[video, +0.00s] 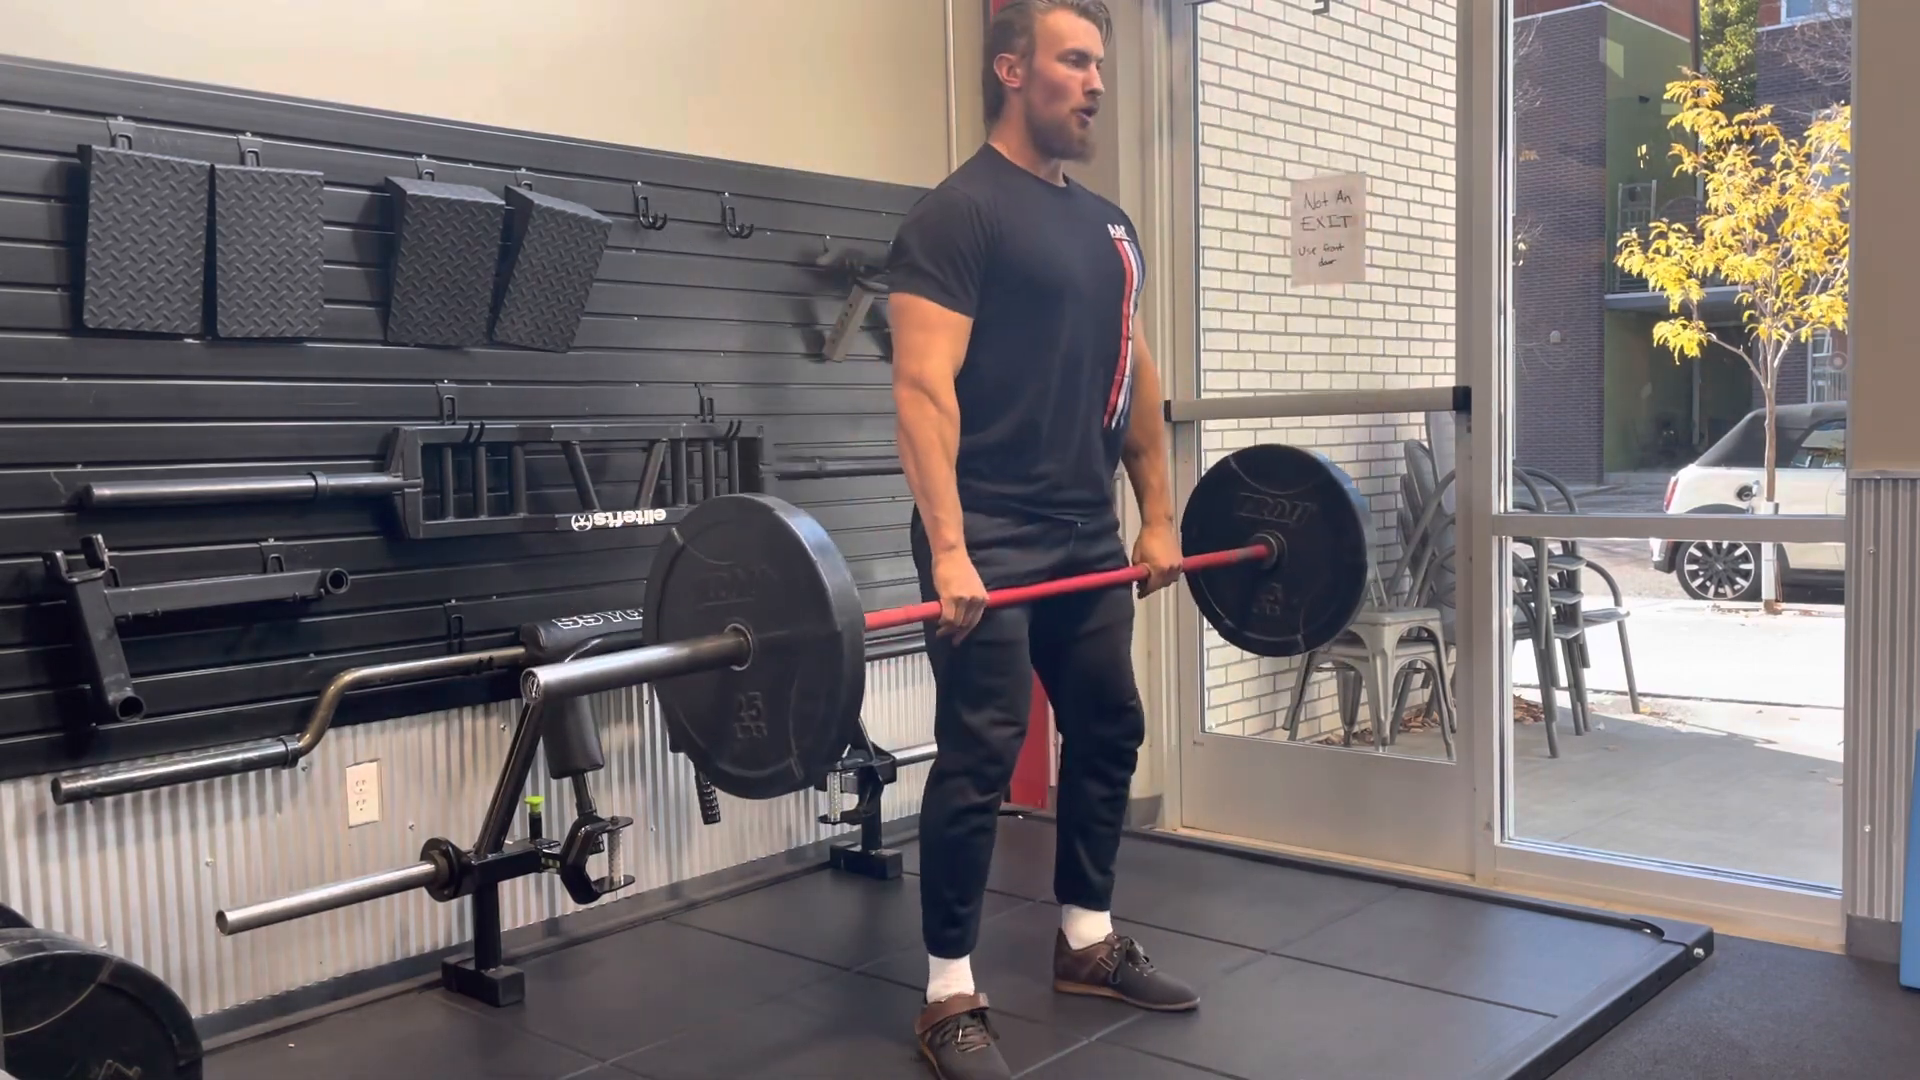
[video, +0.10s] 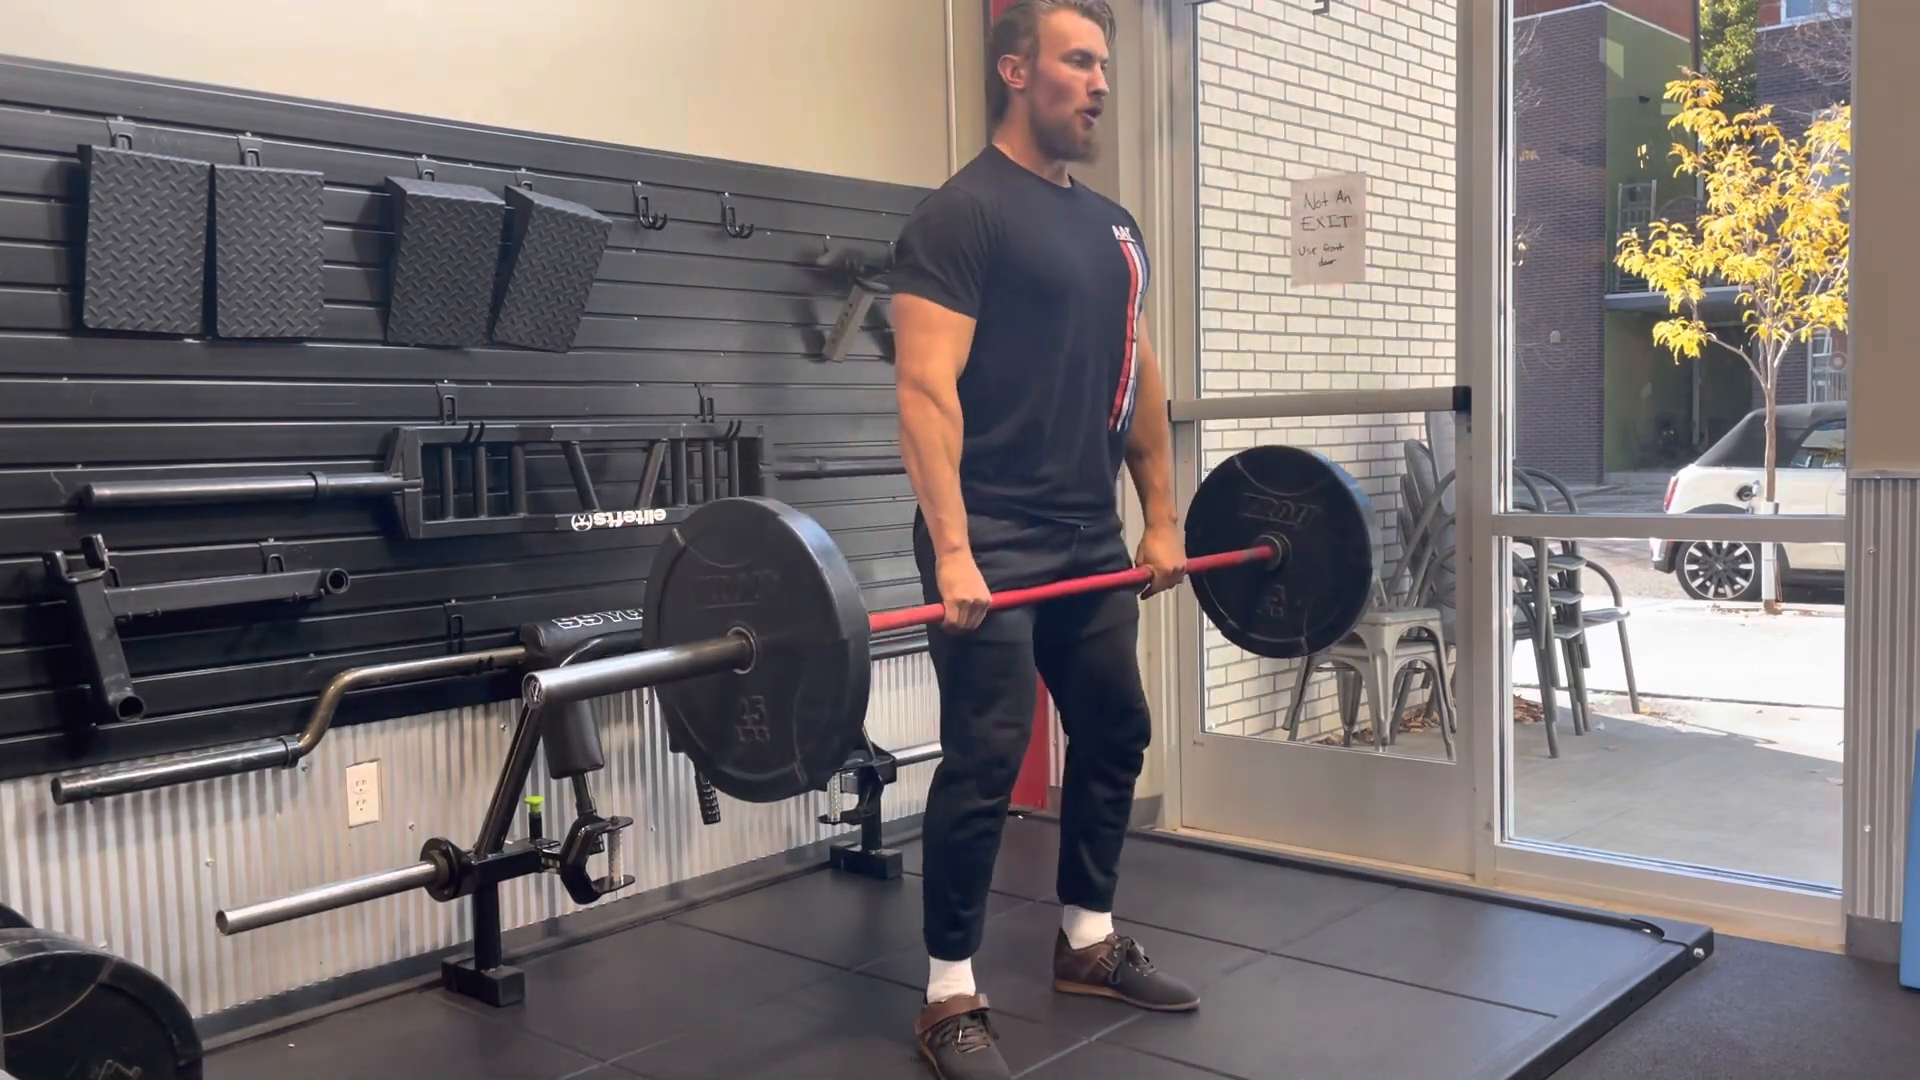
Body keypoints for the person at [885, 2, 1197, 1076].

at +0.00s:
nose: (1097, 83)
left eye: (1101, 65)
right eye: (1077, 61)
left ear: (1085, 82)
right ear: (1010, 71)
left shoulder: (1108, 227)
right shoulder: (953, 215)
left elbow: (1136, 381)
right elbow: (920, 391)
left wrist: (1157, 518)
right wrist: (948, 547)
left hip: (1085, 526)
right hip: (982, 531)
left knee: (1108, 727)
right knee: (982, 747)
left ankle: (1086, 940)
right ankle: (949, 992)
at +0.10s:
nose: (1101, 84)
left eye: (1105, 67)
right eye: (1081, 62)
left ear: (1087, 84)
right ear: (1014, 72)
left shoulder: (1114, 228)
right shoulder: (956, 215)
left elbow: (1139, 379)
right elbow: (923, 392)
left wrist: (1160, 520)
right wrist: (951, 548)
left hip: (1085, 530)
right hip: (983, 533)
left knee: (1115, 729)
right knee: (988, 746)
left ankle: (1086, 941)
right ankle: (949, 995)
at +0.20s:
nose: (1102, 81)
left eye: (1105, 64)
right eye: (1081, 60)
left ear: (1088, 81)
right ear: (1014, 70)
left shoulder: (1115, 225)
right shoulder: (957, 214)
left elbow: (1141, 380)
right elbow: (931, 393)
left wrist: (1167, 517)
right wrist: (956, 549)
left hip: (1087, 528)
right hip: (984, 531)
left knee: (1114, 728)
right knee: (988, 747)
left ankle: (1087, 940)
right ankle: (950, 994)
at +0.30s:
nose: (1101, 80)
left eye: (1105, 63)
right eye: (1081, 58)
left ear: (1089, 79)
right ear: (1014, 69)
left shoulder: (1116, 224)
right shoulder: (957, 213)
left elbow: (1143, 378)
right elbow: (930, 394)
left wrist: (1168, 518)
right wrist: (957, 547)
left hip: (1090, 527)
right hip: (988, 531)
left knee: (1117, 728)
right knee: (990, 748)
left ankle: (1087, 940)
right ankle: (950, 993)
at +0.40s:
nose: (1100, 79)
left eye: (1104, 62)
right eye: (1080, 58)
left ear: (1088, 79)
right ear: (1013, 69)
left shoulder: (1117, 222)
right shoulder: (957, 212)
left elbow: (1143, 378)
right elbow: (930, 392)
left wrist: (1170, 519)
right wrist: (958, 546)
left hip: (1094, 528)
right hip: (991, 532)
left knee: (1115, 731)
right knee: (987, 755)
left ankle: (1087, 941)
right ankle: (950, 994)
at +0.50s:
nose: (1100, 79)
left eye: (1104, 63)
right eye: (1079, 58)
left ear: (1092, 80)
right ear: (1013, 69)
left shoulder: (1121, 228)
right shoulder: (957, 214)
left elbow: (1143, 385)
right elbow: (932, 393)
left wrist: (1170, 521)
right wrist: (960, 547)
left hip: (1094, 529)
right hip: (990, 533)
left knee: (1116, 730)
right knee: (988, 756)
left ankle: (1087, 940)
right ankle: (950, 994)